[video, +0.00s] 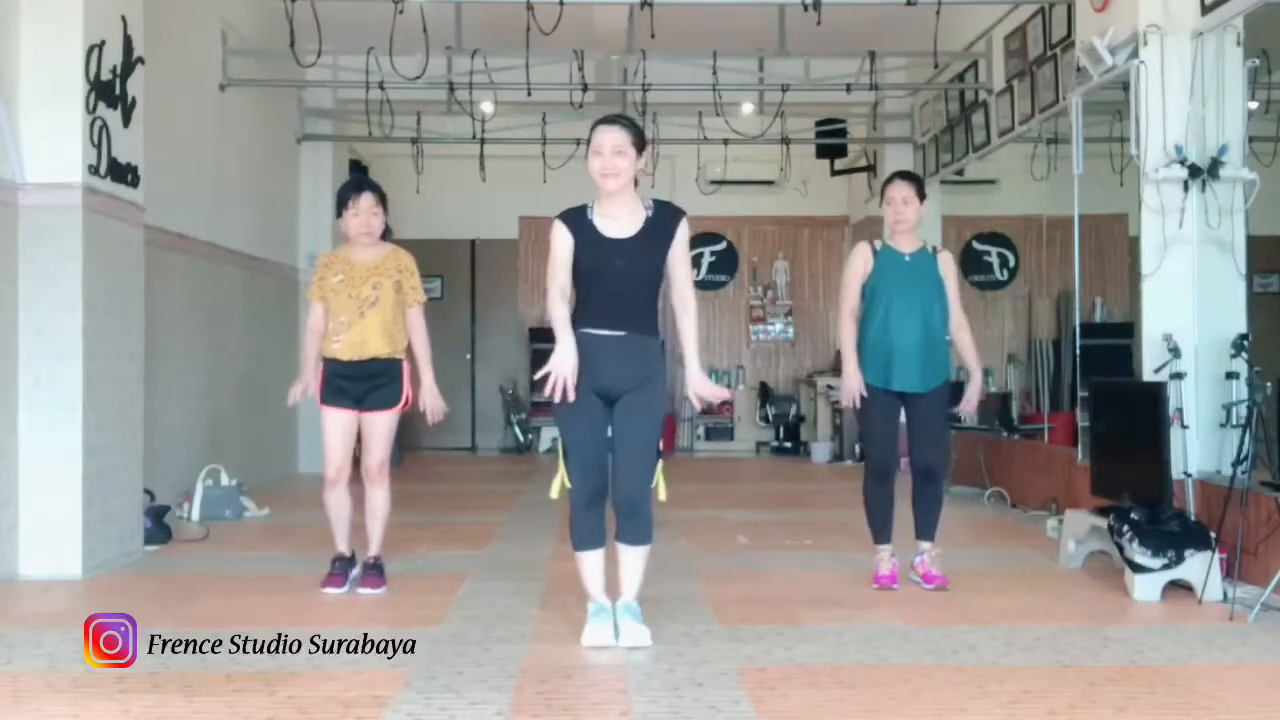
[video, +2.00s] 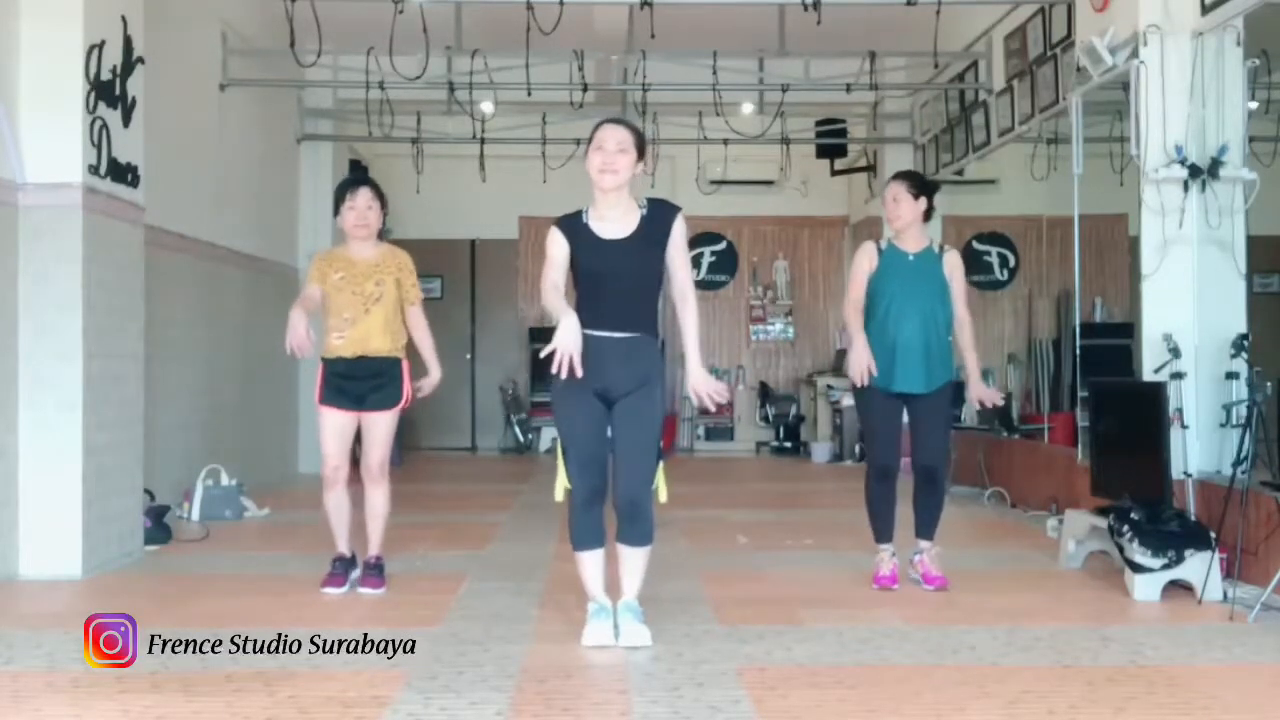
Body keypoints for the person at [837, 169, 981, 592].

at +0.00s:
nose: (898, 209)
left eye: (906, 201)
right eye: (891, 202)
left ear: (922, 207)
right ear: (882, 208)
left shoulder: (942, 260)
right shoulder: (865, 254)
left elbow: (957, 321)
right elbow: (848, 315)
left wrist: (975, 372)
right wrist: (850, 368)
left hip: (931, 381)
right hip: (878, 381)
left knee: (930, 466)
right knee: (881, 466)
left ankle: (925, 554)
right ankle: (884, 555)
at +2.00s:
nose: (888, 207)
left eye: (898, 199)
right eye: (886, 200)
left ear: (923, 206)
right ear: (885, 206)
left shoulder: (948, 259)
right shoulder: (870, 254)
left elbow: (962, 321)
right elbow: (852, 306)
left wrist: (974, 379)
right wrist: (857, 343)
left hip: (934, 380)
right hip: (879, 378)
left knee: (932, 466)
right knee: (882, 465)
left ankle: (924, 552)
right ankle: (885, 553)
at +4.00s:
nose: (912, 209)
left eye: (919, 202)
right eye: (903, 202)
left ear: (929, 208)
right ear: (887, 209)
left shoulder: (945, 261)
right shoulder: (871, 255)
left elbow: (951, 320)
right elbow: (856, 306)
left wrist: (958, 365)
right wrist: (860, 344)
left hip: (935, 378)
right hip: (883, 376)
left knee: (934, 466)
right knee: (884, 464)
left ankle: (924, 553)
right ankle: (885, 554)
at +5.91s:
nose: (905, 210)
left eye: (913, 202)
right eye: (898, 202)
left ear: (930, 206)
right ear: (889, 209)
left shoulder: (952, 257)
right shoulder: (875, 255)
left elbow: (968, 317)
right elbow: (861, 315)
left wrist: (984, 368)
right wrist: (871, 365)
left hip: (940, 381)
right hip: (889, 380)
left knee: (931, 467)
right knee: (886, 466)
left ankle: (922, 554)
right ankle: (887, 553)